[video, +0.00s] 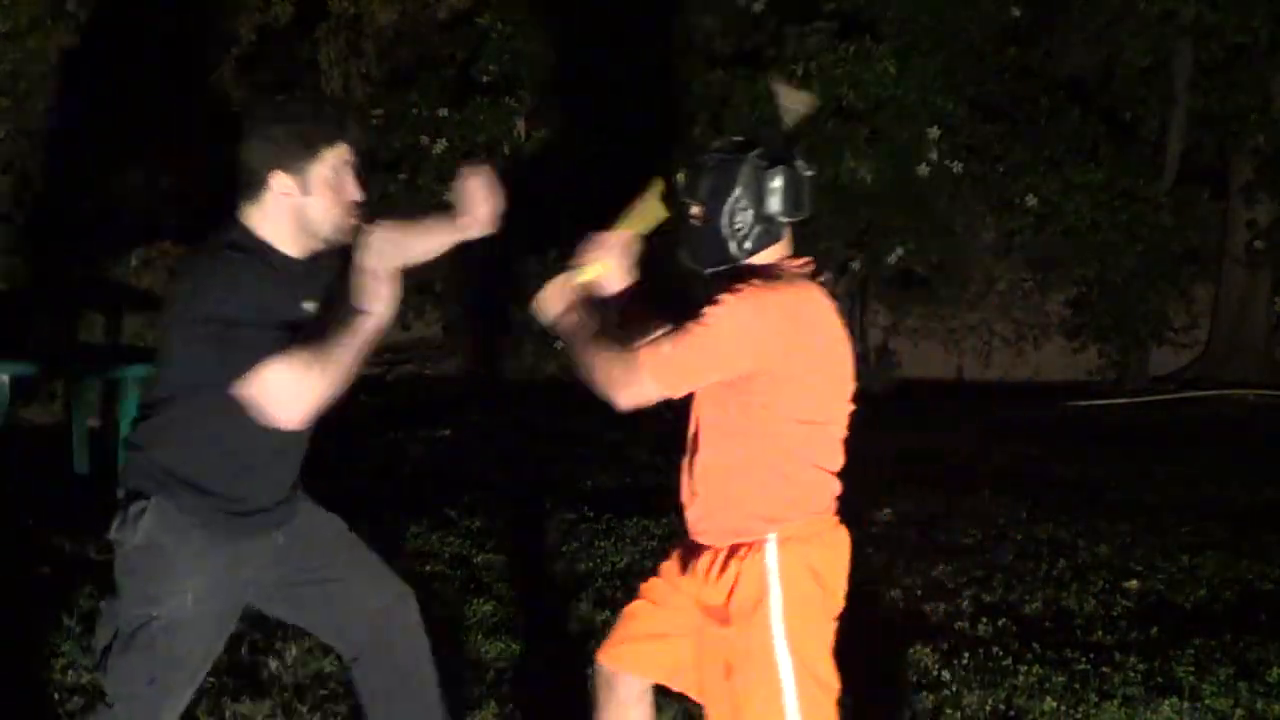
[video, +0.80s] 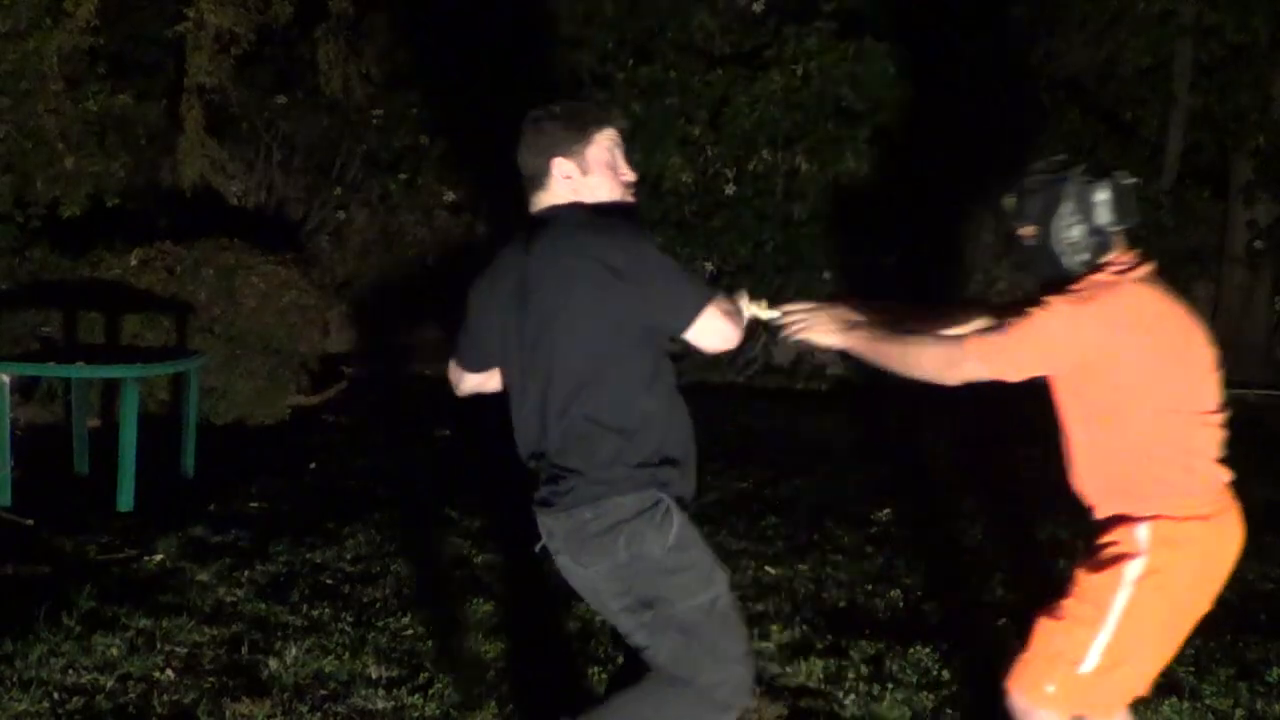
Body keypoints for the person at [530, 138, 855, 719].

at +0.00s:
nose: (692, 224)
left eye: (703, 210)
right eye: (694, 209)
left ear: (738, 218)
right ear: (772, 218)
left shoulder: (774, 312)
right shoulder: (752, 305)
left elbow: (627, 384)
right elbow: (666, 356)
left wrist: (570, 316)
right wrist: (622, 294)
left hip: (777, 557)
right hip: (710, 555)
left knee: (782, 711)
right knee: (622, 671)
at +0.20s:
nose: (664, 223)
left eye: (674, 210)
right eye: (665, 208)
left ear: (708, 219)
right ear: (744, 213)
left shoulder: (724, 309)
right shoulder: (797, 290)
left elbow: (618, 422)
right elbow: (669, 370)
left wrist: (564, 371)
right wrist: (602, 323)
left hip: (746, 546)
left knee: (700, 707)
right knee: (631, 663)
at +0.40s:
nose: (731, 232)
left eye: (739, 219)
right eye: (731, 218)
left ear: (773, 226)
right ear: (819, 217)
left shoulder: (783, 322)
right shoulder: (876, 289)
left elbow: (676, 427)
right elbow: (712, 370)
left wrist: (604, 404)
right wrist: (621, 350)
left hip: (827, 547)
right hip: (894, 541)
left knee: (716, 701)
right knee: (784, 705)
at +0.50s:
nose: (766, 231)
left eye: (775, 220)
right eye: (768, 217)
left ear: (806, 233)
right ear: (855, 231)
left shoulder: (828, 326)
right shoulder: (893, 304)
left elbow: (710, 424)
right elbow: (732, 396)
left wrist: (603, 433)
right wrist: (638, 411)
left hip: (909, 540)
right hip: (948, 529)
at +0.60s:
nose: (822, 255)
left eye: (829, 242)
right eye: (824, 241)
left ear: (858, 248)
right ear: (913, 238)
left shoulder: (881, 329)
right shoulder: (976, 309)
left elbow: (768, 403)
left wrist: (650, 422)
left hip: (993, 531)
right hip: (1055, 517)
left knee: (912, 685)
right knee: (948, 691)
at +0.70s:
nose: (925, 257)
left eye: (934, 244)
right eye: (925, 243)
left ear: (966, 248)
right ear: (1008, 239)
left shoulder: (993, 323)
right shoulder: (1070, 311)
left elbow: (864, 375)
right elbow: (875, 350)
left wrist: (742, 376)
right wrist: (754, 353)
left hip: (1084, 542)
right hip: (1127, 532)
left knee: (996, 705)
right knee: (1039, 701)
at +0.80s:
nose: (1019, 254)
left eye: (1028, 239)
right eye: (1020, 238)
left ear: (1057, 243)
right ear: (1100, 233)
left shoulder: (1085, 318)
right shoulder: (1136, 300)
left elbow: (953, 365)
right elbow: (976, 336)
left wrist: (847, 337)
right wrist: (858, 322)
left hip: (1161, 535)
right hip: (1190, 526)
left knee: (1044, 696)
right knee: (1089, 698)